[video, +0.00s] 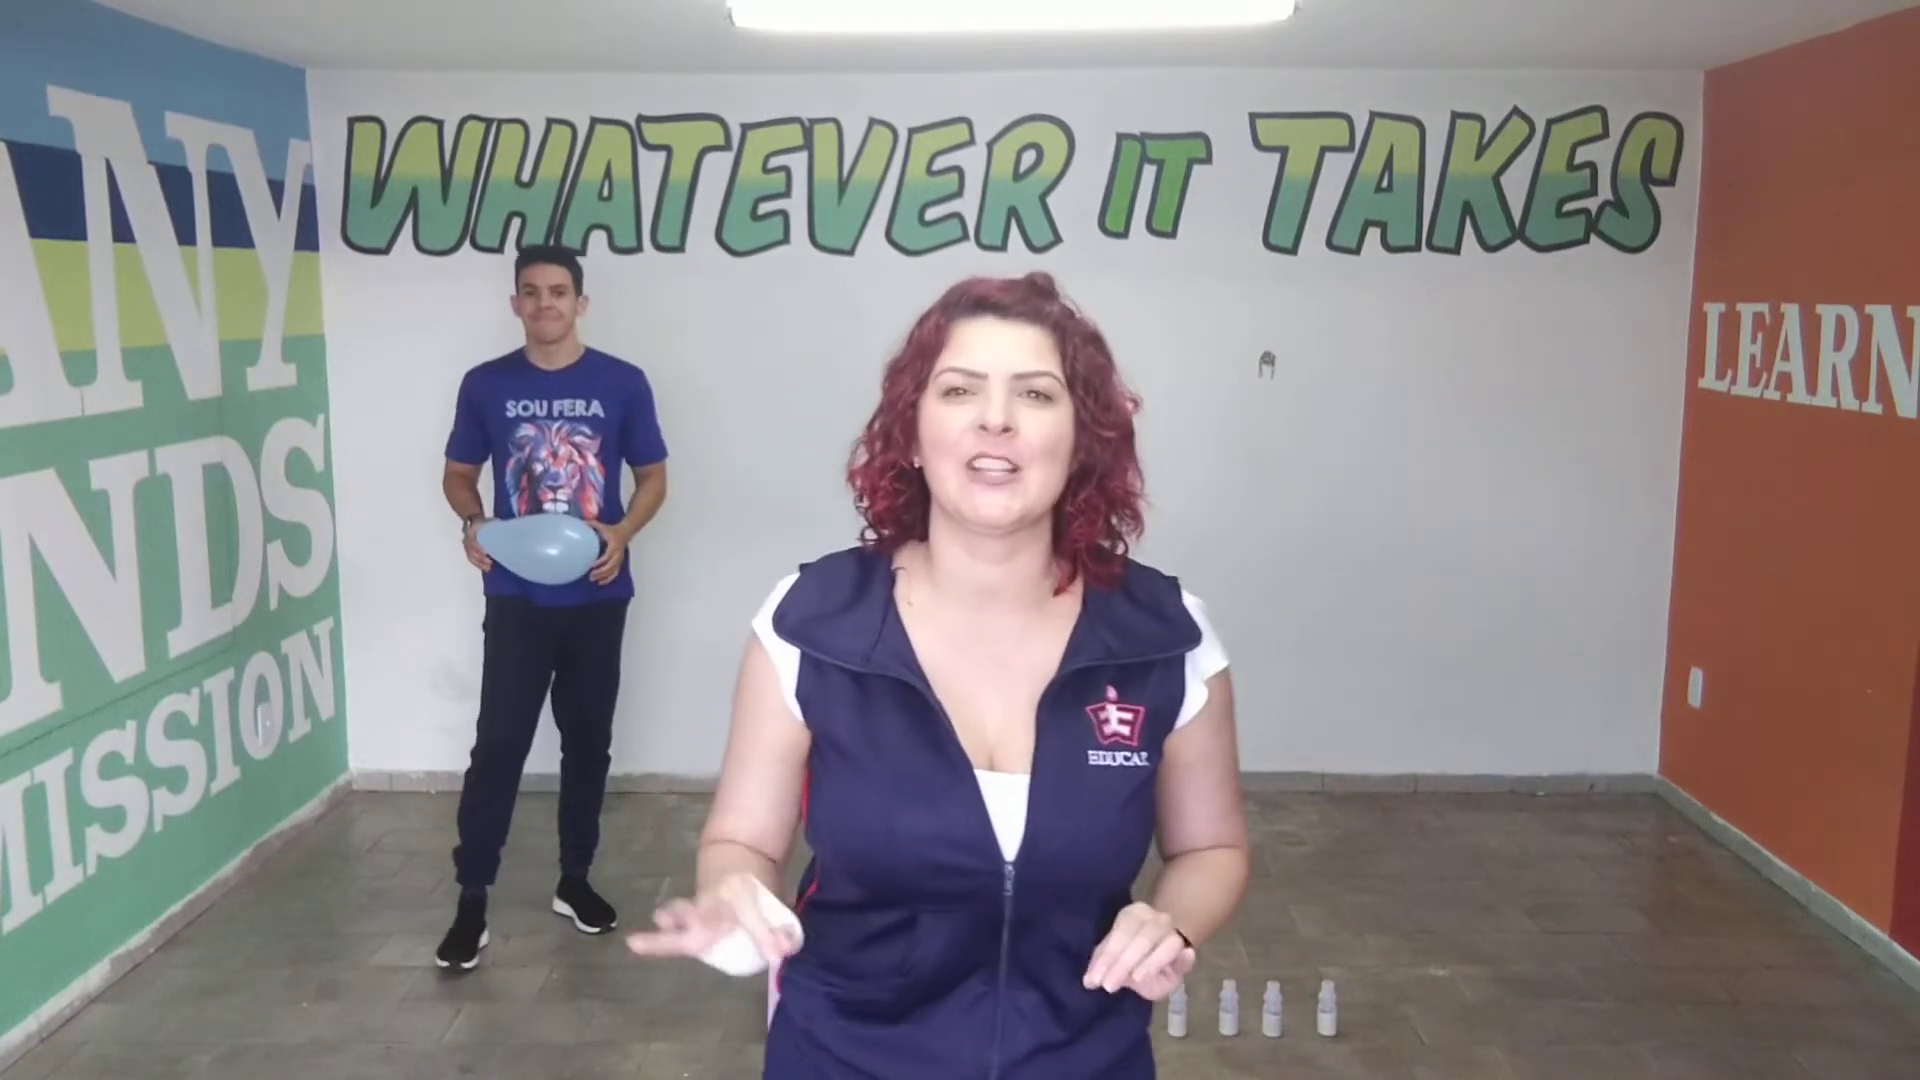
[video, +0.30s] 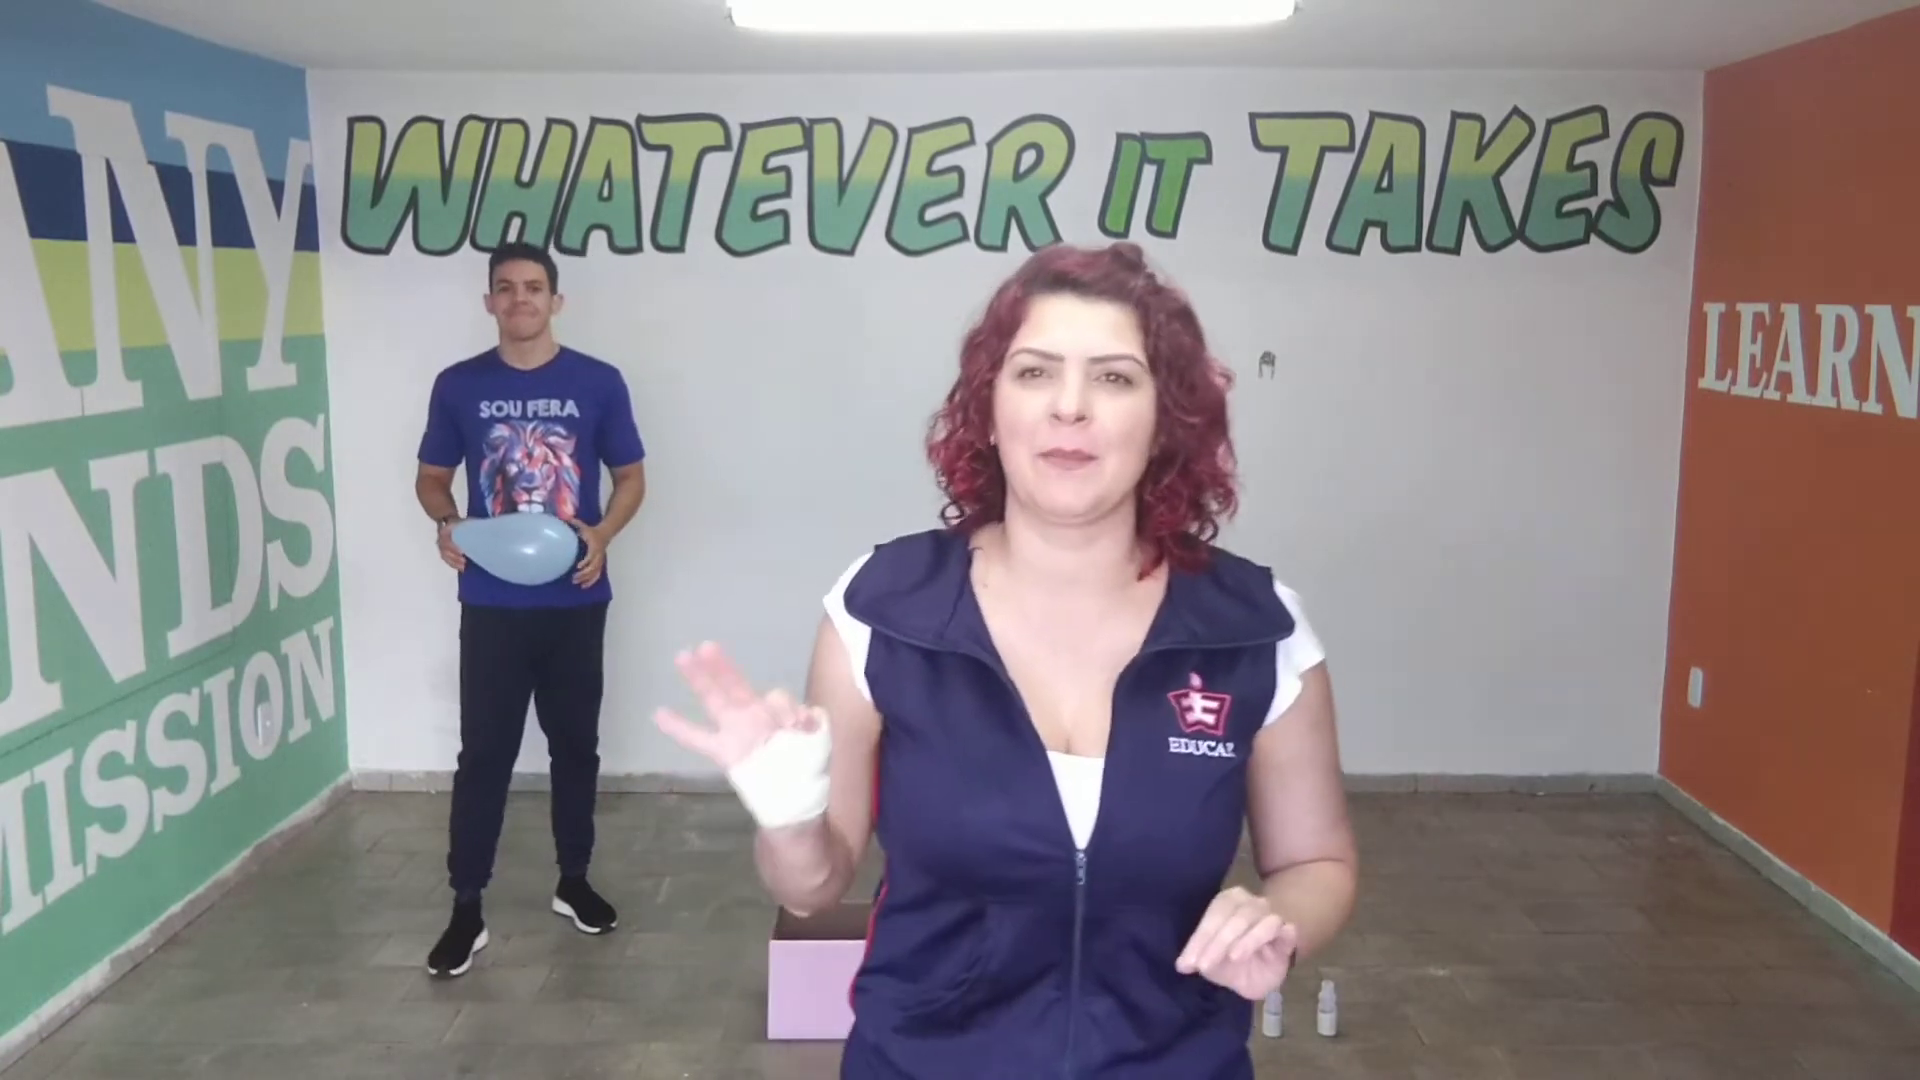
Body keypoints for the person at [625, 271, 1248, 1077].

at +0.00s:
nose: (995, 419)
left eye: (1034, 394)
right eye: (960, 390)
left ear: (1084, 434)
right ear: (910, 427)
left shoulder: (1162, 633)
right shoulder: (812, 618)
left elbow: (1208, 848)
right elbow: (742, 839)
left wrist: (1168, 923)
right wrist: (732, 895)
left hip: (1082, 1055)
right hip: (855, 1053)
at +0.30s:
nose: (1069, 408)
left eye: (1113, 378)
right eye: (1035, 372)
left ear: (1167, 414)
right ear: (987, 403)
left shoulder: (1253, 626)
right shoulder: (884, 604)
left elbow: (1315, 862)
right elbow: (813, 888)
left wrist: (1271, 924)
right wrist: (782, 804)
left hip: (1168, 1054)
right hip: (930, 1053)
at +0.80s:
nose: (1166, 431)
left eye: (1214, 397)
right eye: (1132, 390)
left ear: (1275, 435)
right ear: (1084, 416)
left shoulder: (1372, 654)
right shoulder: (983, 625)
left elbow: (1439, 907)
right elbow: (919, 906)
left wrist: (1374, 982)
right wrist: (868, 866)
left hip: (1267, 1059)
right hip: (1023, 1058)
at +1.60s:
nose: (1239, 398)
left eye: (1289, 375)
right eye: (1209, 365)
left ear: (1342, 439)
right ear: (1155, 411)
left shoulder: (1430, 667)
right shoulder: (1036, 618)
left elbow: (1493, 923)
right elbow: (935, 856)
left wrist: (1411, 1003)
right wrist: (829, 979)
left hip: (1309, 1073)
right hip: (1066, 1067)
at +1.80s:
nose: (1231, 405)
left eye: (1281, 379)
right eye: (1201, 370)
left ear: (1339, 434)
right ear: (1150, 410)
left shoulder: (1435, 673)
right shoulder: (1047, 617)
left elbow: (1517, 967)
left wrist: (1357, 1046)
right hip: (1063, 1063)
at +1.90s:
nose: (1227, 407)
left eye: (1277, 379)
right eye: (1195, 373)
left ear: (1334, 432)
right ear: (1146, 414)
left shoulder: (1430, 674)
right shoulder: (1059, 619)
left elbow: (1515, 1005)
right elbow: (978, 838)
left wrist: (1273, 1044)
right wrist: (853, 964)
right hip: (1060, 1064)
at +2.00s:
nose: (1220, 409)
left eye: (1273, 385)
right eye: (1189, 376)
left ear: (1330, 438)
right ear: (1140, 413)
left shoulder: (1420, 675)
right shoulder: (1079, 613)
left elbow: (1498, 1029)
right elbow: (1045, 797)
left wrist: (1223, 1039)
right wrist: (965, 918)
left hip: (1286, 1077)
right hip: (1061, 1065)